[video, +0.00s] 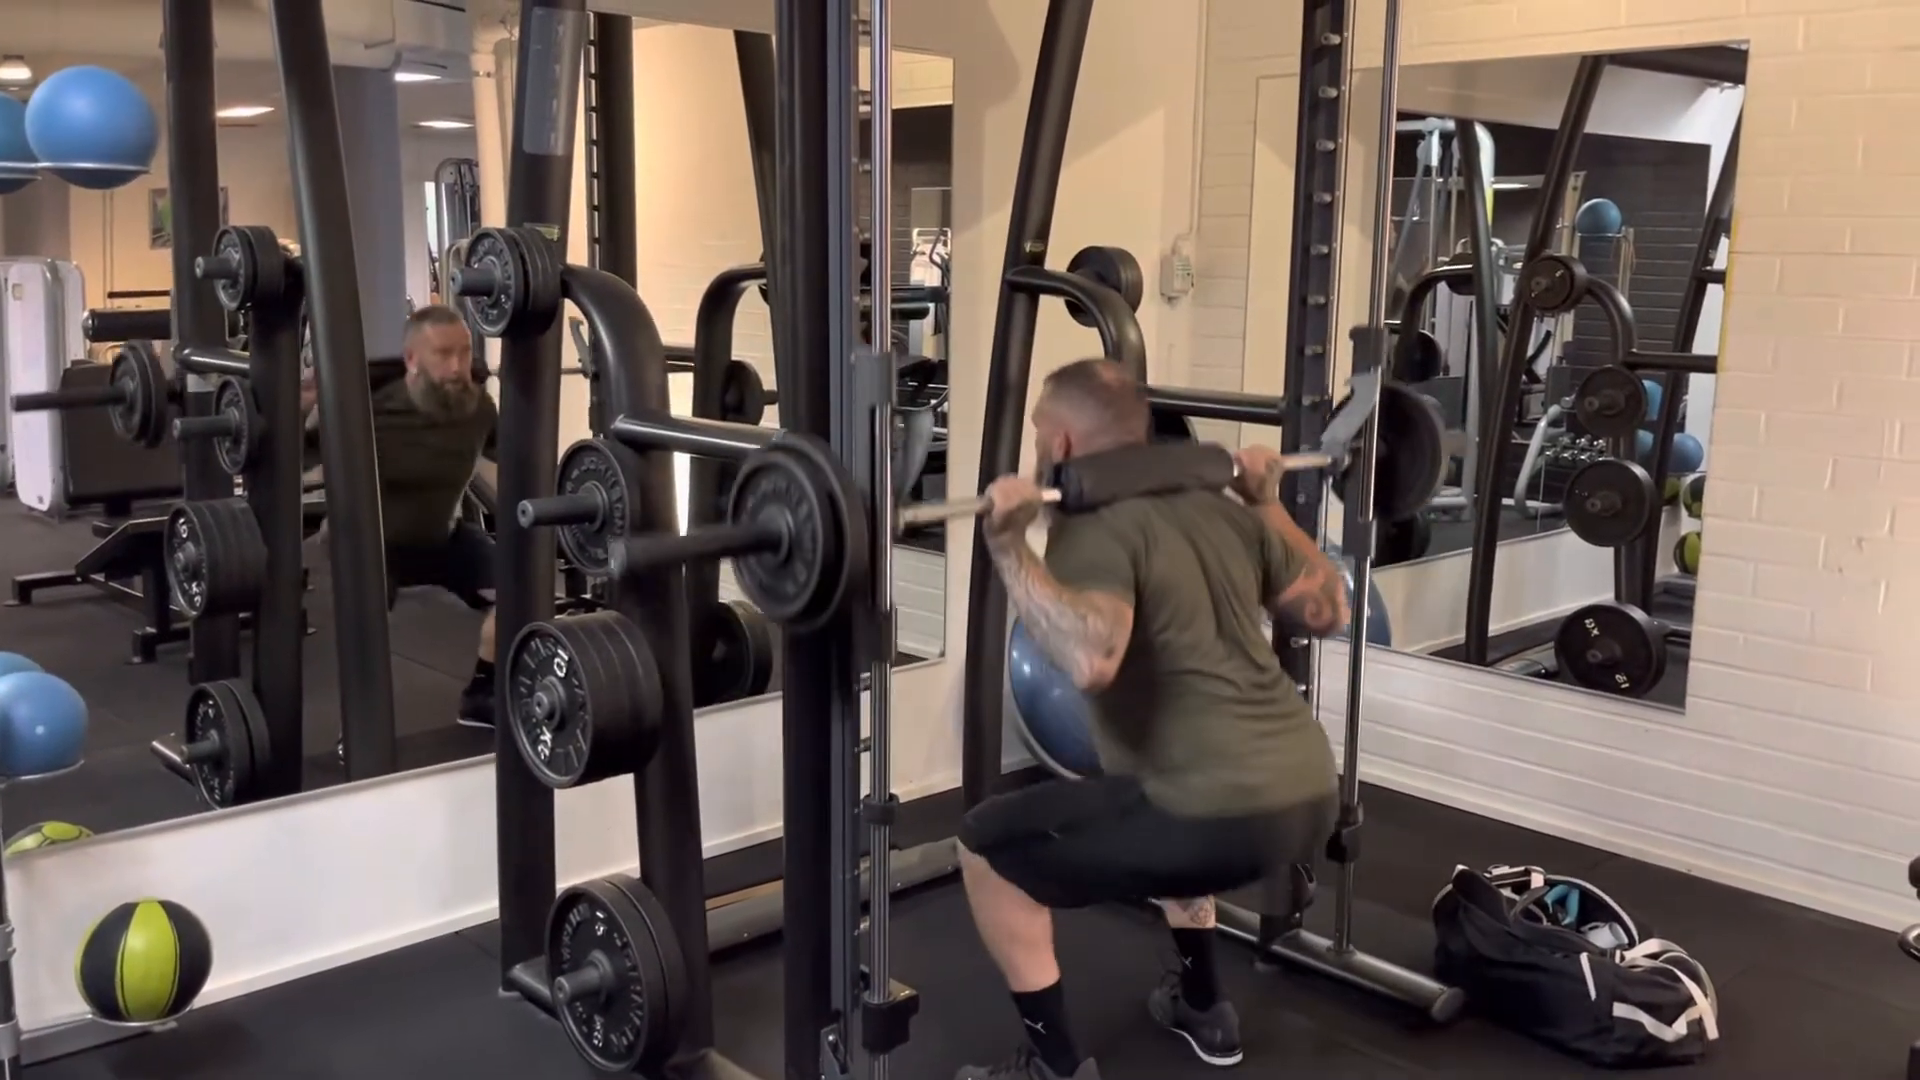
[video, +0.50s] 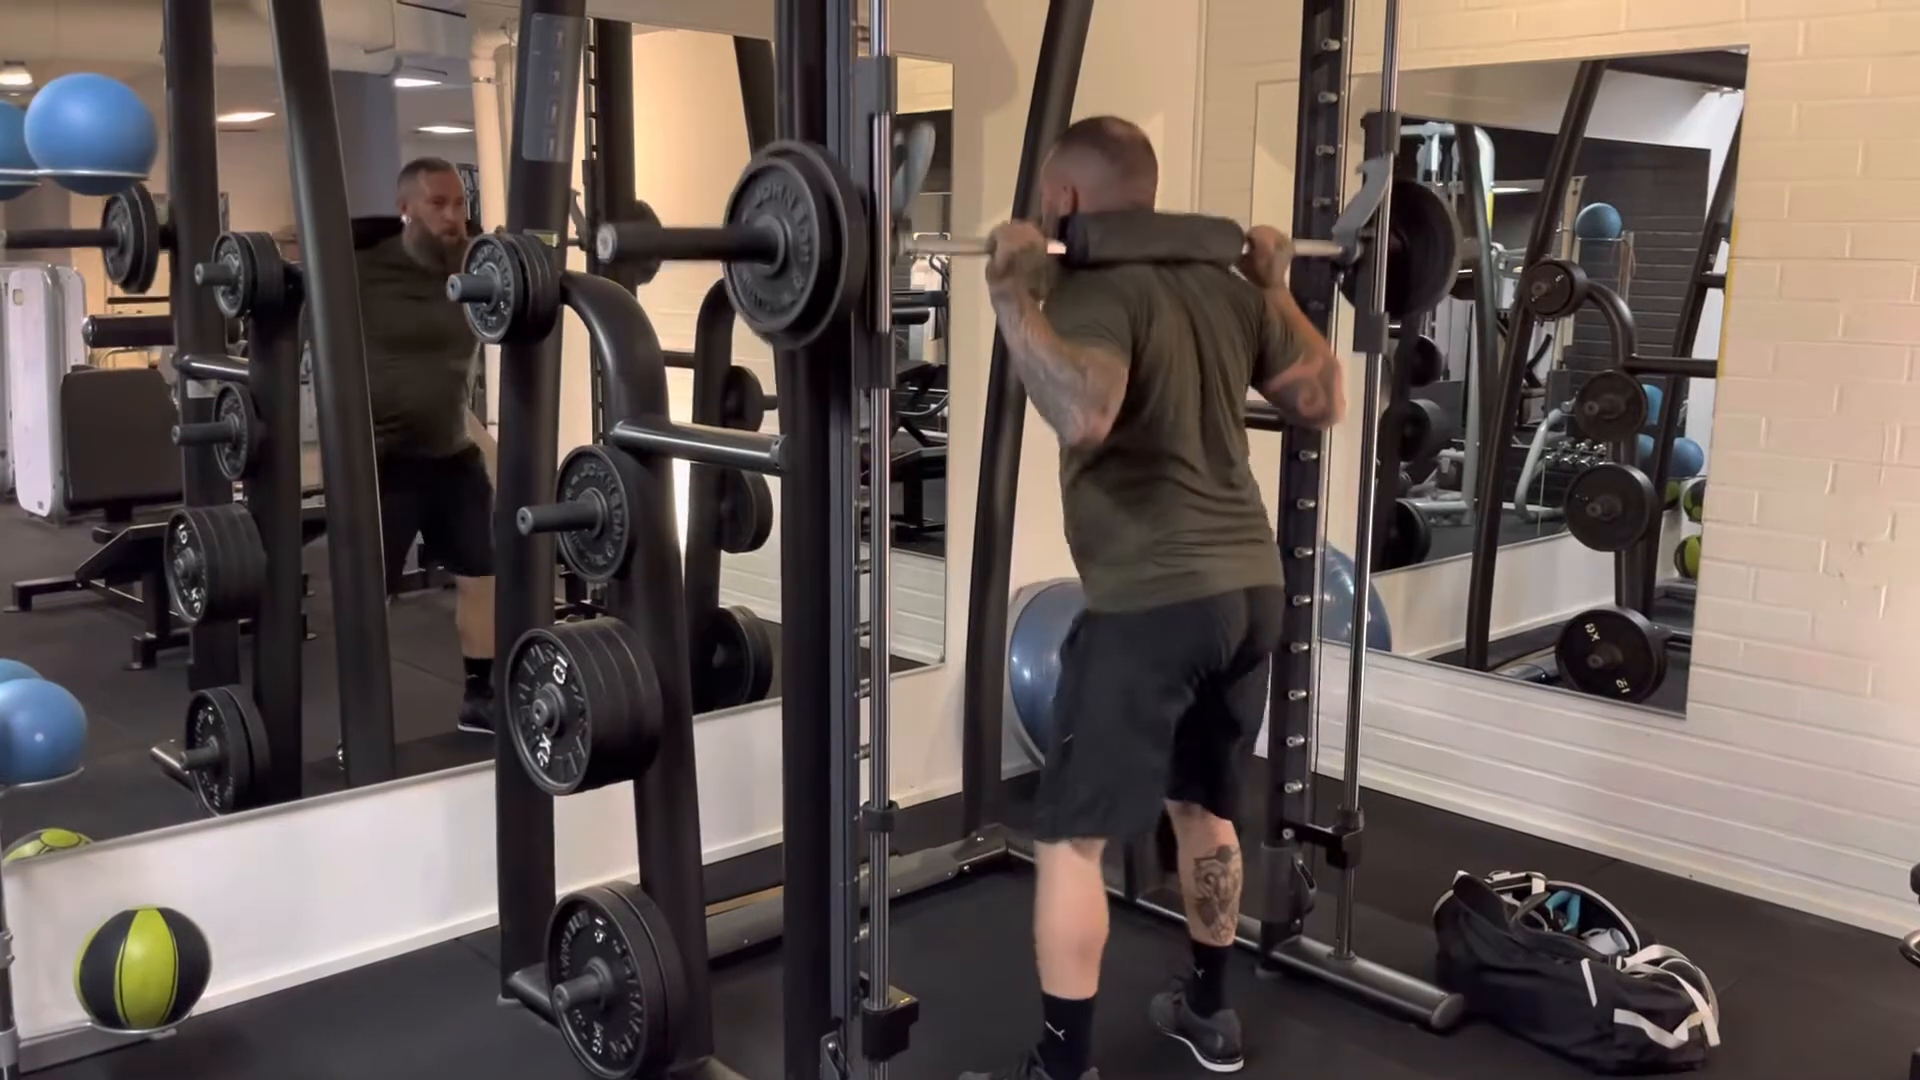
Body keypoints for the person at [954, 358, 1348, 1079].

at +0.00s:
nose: (1036, 450)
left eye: (1038, 436)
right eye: (1034, 436)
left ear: (1060, 445)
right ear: (1139, 431)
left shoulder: (1097, 526)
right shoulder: (1222, 511)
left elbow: (1091, 656)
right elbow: (1328, 609)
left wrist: (1008, 546)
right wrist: (1267, 503)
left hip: (1203, 819)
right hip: (1304, 801)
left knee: (985, 845)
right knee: (1159, 791)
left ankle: (1053, 1055)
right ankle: (1203, 1000)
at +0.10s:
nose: (1039, 409)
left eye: (1041, 394)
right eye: (1040, 395)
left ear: (1062, 400)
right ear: (1140, 388)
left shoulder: (1100, 480)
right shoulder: (1228, 474)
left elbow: (1090, 610)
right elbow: (1325, 567)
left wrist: (1007, 495)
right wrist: (1269, 462)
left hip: (1202, 778)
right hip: (1301, 765)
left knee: (992, 844)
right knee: (1162, 799)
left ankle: (1053, 1056)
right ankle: (1204, 1004)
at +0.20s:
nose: (1041, 359)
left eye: (1044, 343)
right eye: (1043, 343)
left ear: (1065, 347)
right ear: (1140, 337)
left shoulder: (1097, 430)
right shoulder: (1225, 417)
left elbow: (1088, 562)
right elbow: (1328, 523)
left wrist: (1009, 451)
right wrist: (1270, 419)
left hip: (1193, 726)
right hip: (1292, 714)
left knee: (999, 844)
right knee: (1170, 815)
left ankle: (1054, 1060)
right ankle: (1205, 1010)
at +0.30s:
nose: (1048, 303)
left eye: (1049, 289)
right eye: (1049, 289)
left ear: (1070, 289)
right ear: (1145, 284)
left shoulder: (1097, 375)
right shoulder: (1225, 366)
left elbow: (1087, 507)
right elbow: (1328, 478)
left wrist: (1011, 397)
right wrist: (1272, 372)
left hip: (1180, 677)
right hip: (1275, 663)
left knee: (1012, 840)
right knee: (1183, 815)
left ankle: (1057, 1060)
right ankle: (1208, 1015)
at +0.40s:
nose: (1044, 256)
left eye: (1046, 241)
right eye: (1045, 242)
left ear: (1069, 237)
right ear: (1146, 230)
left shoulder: (1101, 324)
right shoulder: (1230, 319)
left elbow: (1086, 452)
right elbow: (1318, 432)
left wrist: (1013, 338)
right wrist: (1275, 322)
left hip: (1164, 633)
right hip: (1264, 625)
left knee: (1039, 838)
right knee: (1191, 804)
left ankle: (1059, 1063)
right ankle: (1209, 1015)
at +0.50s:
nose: (1041, 211)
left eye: (1044, 195)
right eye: (1045, 196)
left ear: (1069, 194)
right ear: (1148, 192)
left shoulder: (1099, 283)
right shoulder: (1225, 279)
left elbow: (1084, 413)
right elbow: (1317, 398)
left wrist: (1010, 289)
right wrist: (1275, 285)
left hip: (1151, 600)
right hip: (1250, 591)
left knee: (1075, 832)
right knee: (1203, 794)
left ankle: (1062, 1063)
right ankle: (1212, 1012)